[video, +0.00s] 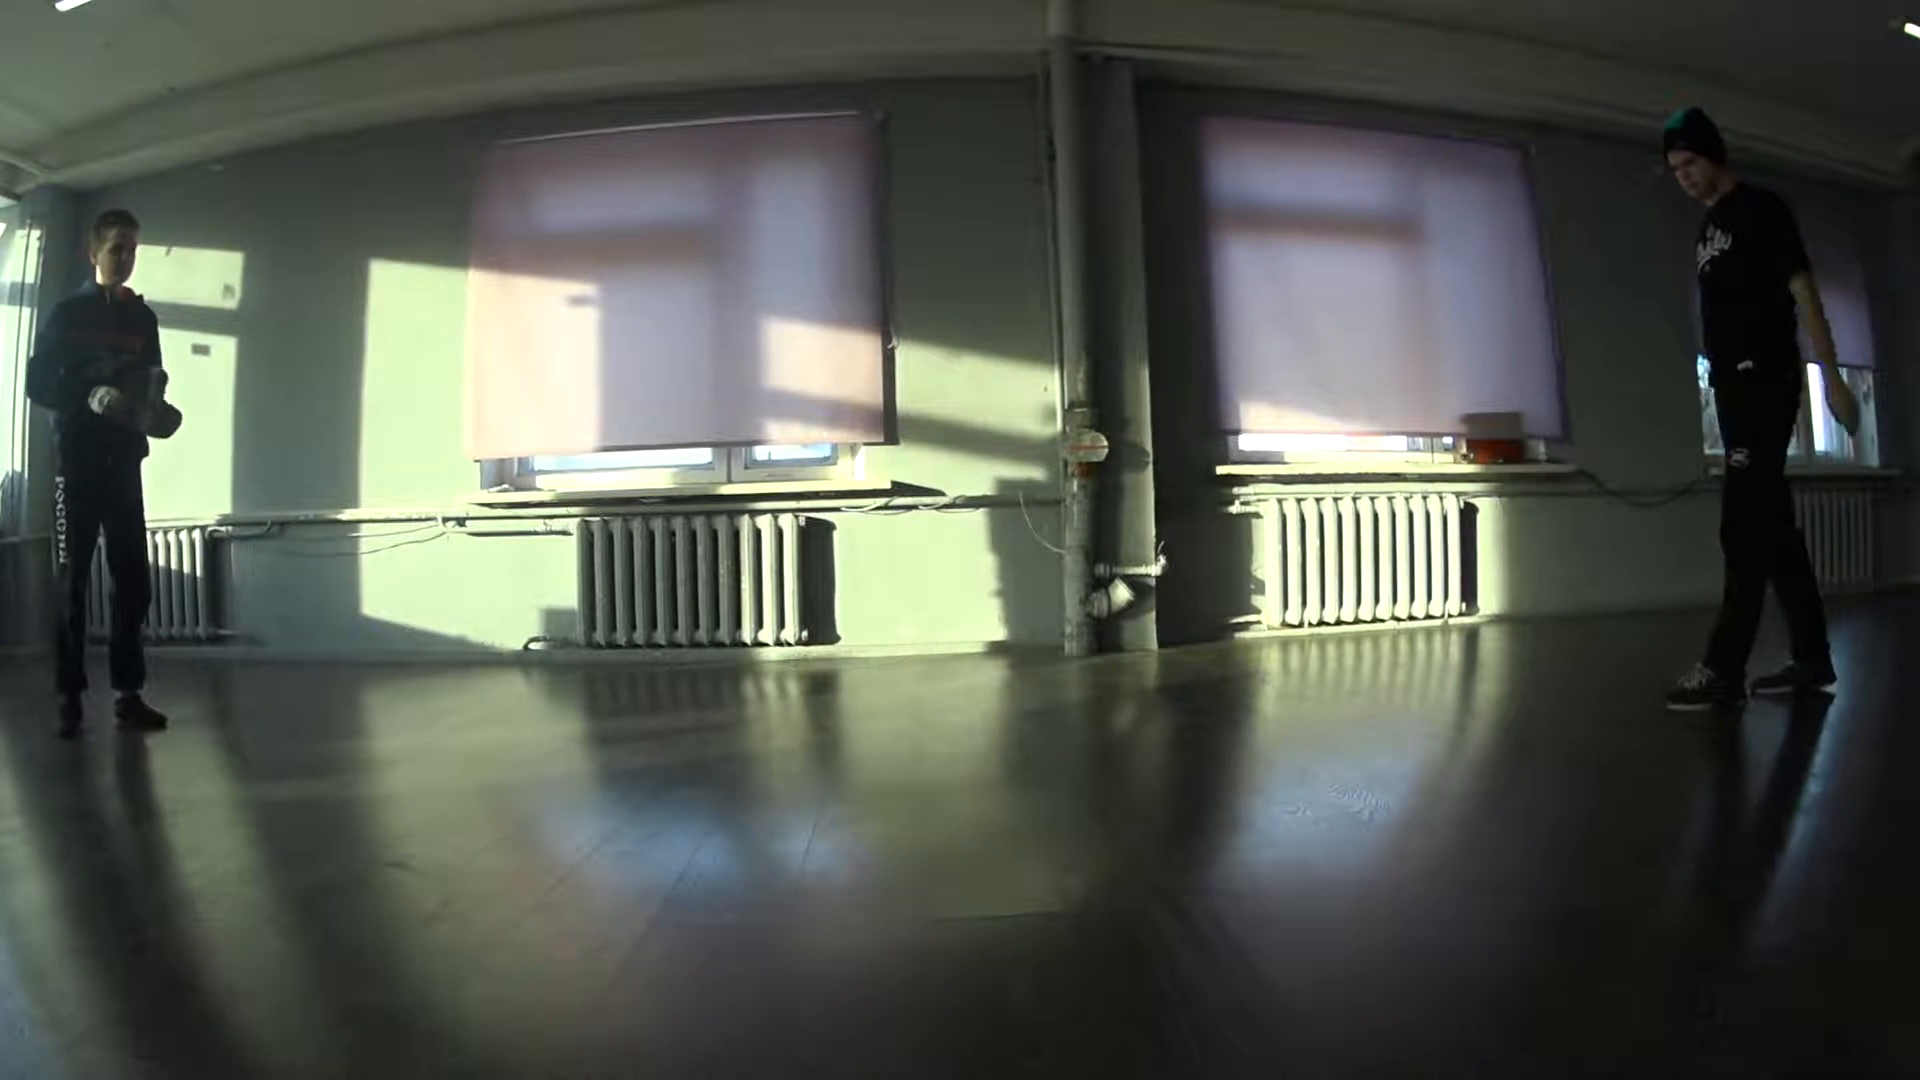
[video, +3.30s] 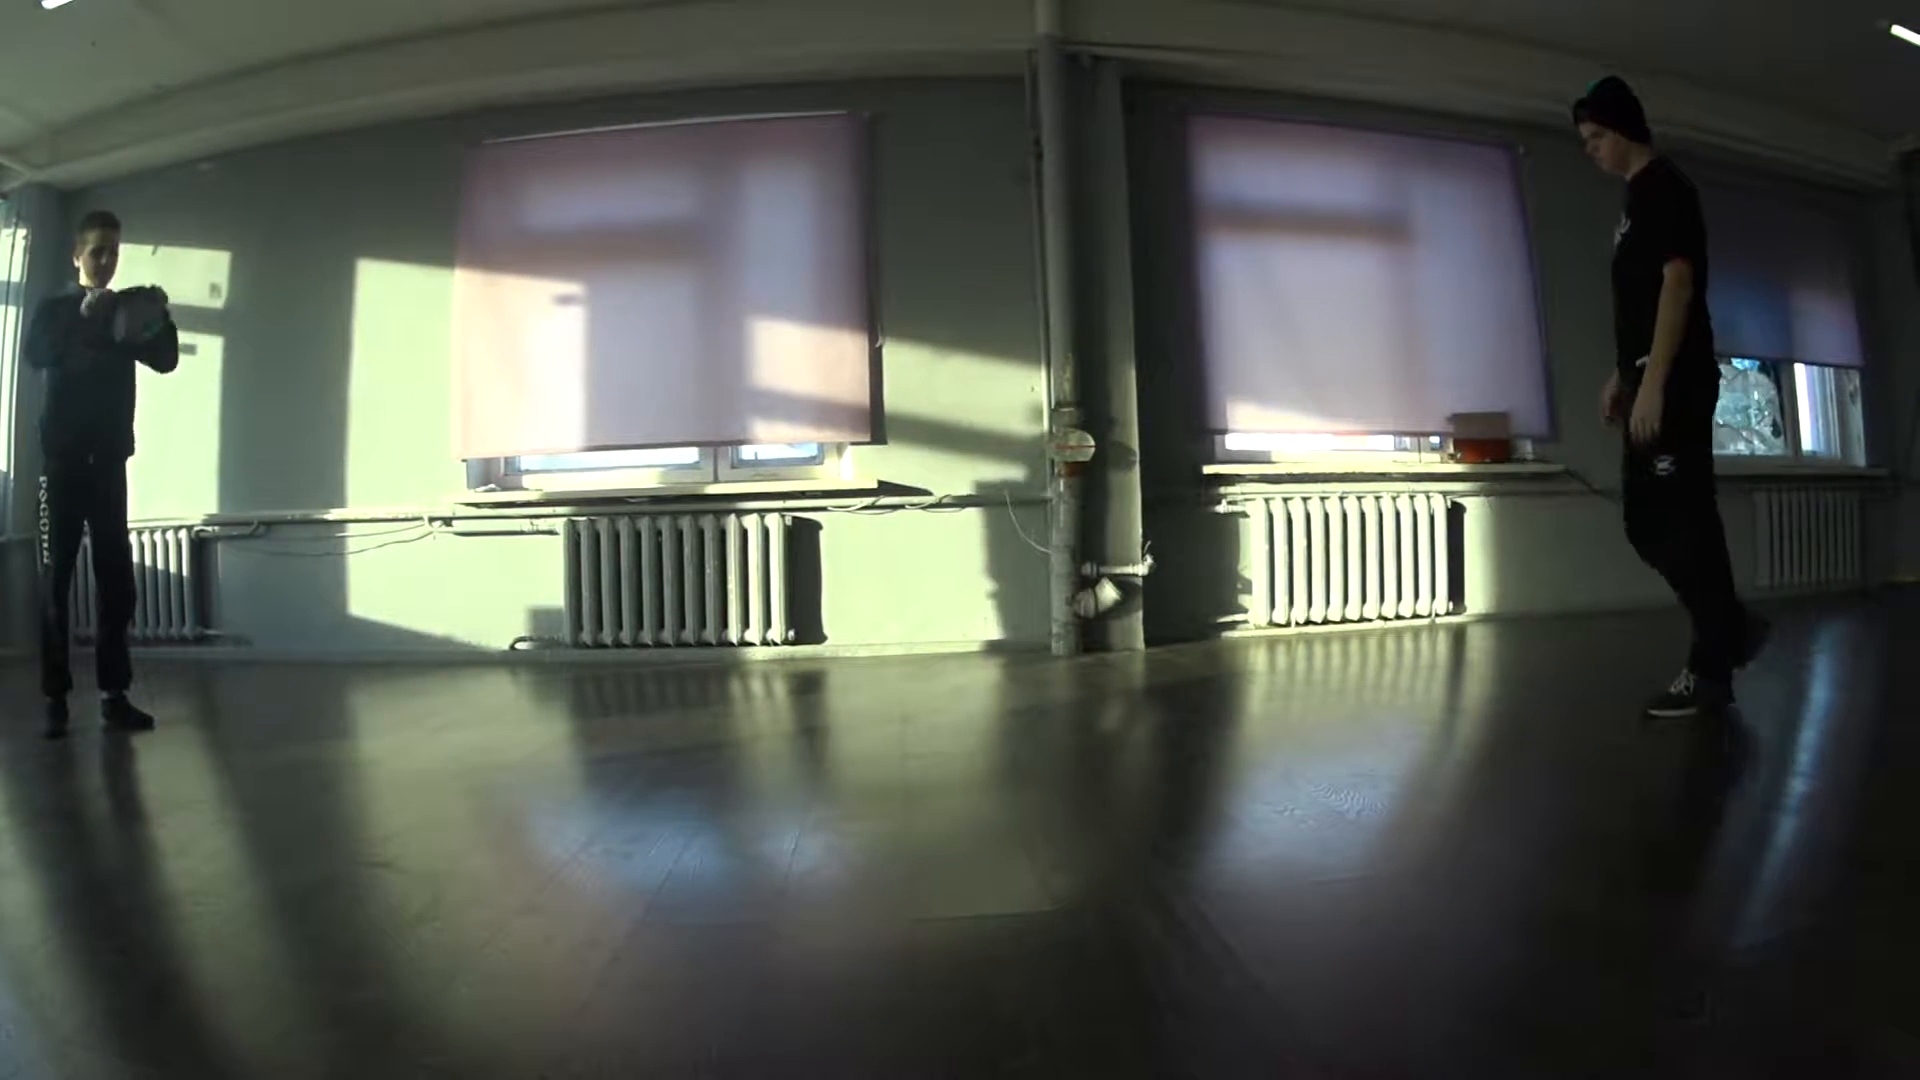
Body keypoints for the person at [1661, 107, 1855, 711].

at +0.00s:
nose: (1684, 176)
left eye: (1690, 163)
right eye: (1676, 169)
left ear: (1717, 157)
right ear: (1675, 173)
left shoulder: (1762, 209)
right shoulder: (1710, 223)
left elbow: (1806, 298)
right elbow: (1725, 311)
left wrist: (1833, 379)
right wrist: (1720, 389)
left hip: (1768, 384)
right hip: (1736, 387)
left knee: (1742, 526)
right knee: (1773, 526)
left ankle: (1723, 672)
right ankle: (1813, 661)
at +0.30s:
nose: (1659, 169)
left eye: (1665, 156)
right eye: (1652, 161)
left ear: (1693, 148)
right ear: (1655, 162)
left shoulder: (1733, 200)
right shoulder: (1694, 209)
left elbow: (1756, 289)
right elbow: (1707, 302)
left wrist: (1761, 387)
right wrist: (1697, 389)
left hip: (1730, 389)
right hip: (1702, 389)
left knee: (1729, 530)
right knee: (1735, 526)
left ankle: (1720, 670)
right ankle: (1800, 639)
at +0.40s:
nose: (1658, 170)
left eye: (1663, 156)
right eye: (1651, 161)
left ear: (1690, 148)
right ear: (1652, 163)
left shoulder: (1726, 199)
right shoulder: (1694, 209)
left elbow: (1728, 286)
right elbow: (1693, 306)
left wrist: (1702, 371)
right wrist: (1674, 382)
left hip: (1727, 384)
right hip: (1701, 385)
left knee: (1722, 526)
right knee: (1704, 524)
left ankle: (1721, 669)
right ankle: (1784, 632)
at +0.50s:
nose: (1653, 165)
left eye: (1658, 152)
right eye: (1648, 156)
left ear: (1685, 145)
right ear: (1661, 153)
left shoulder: (1720, 196)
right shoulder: (1693, 206)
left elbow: (1706, 276)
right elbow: (1692, 307)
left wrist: (1643, 338)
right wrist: (1658, 380)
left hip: (1723, 377)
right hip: (1692, 378)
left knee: (1717, 520)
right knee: (1680, 521)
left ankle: (1720, 669)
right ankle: (1763, 624)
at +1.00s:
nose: (1645, 149)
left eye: (1650, 137)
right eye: (1643, 139)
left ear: (1676, 136)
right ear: (1680, 137)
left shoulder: (1709, 196)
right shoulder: (1699, 196)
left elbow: (1719, 295)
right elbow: (1712, 296)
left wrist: (1699, 386)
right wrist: (1694, 379)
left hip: (1722, 381)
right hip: (1716, 380)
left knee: (1716, 528)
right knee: (1722, 525)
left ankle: (1717, 670)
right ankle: (1783, 649)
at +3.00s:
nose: (1632, 152)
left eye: (1636, 139)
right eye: (1629, 141)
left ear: (1665, 136)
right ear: (1666, 138)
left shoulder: (1696, 194)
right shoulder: (1685, 194)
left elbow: (1706, 287)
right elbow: (1688, 298)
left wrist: (1684, 385)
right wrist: (1668, 377)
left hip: (1721, 380)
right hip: (1716, 379)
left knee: (1712, 527)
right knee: (1746, 519)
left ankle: (1709, 675)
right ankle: (1795, 658)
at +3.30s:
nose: (1590, 152)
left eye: (1594, 139)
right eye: (1585, 143)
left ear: (1623, 129)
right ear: (1615, 137)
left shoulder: (1663, 188)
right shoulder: (1642, 194)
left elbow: (1677, 288)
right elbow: (1647, 298)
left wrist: (1653, 385)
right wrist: (1623, 374)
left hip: (1679, 380)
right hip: (1662, 379)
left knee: (1670, 521)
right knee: (1666, 522)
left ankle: (1716, 660)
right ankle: (1725, 641)